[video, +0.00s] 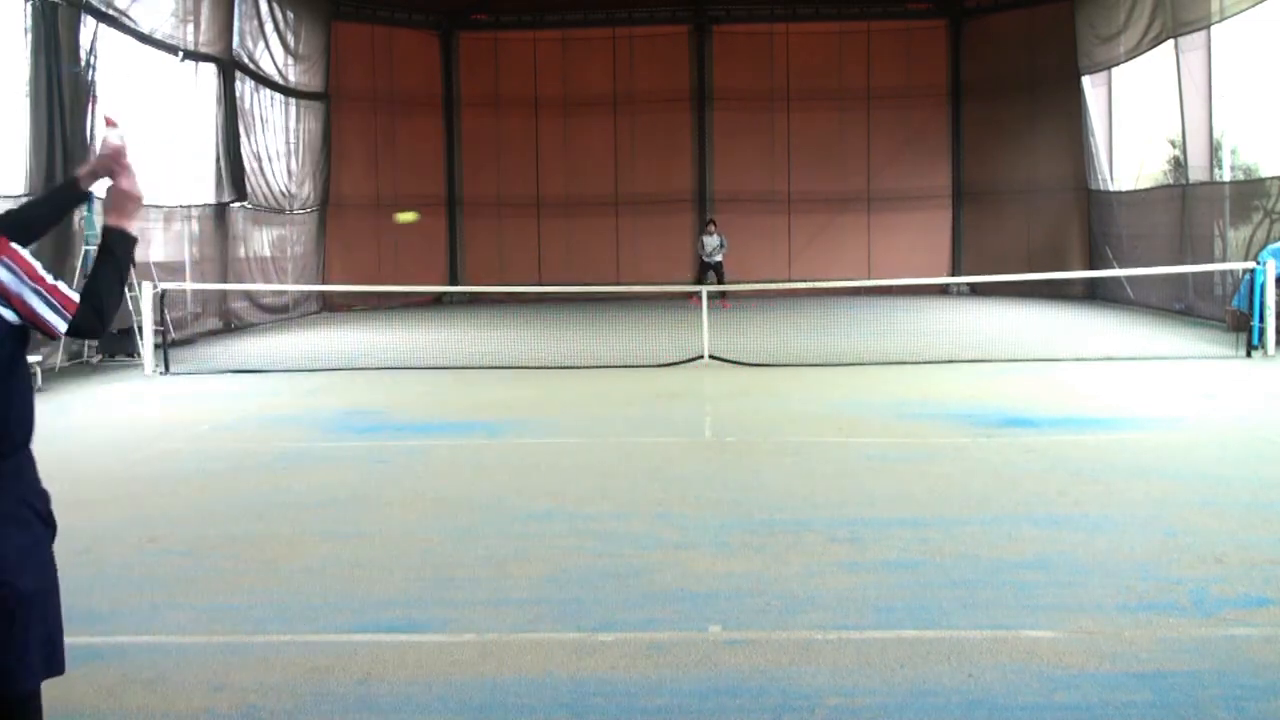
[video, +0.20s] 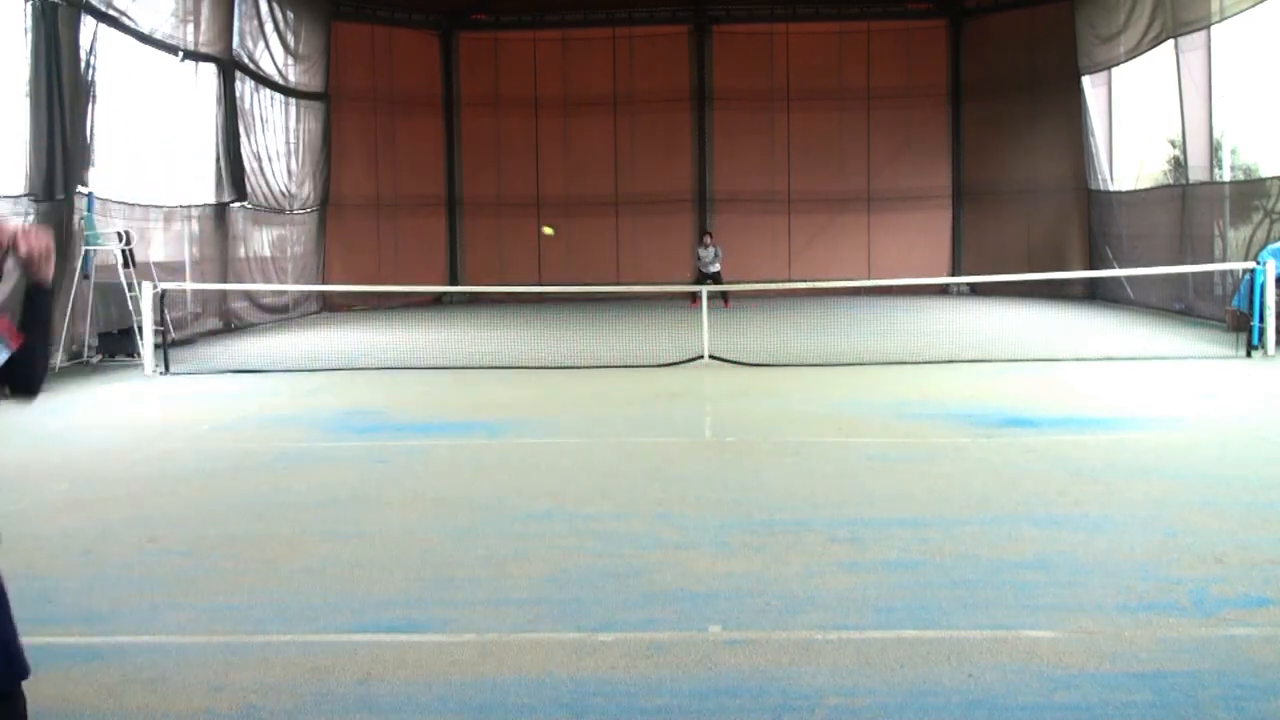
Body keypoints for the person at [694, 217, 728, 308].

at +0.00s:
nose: (711, 229)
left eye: (713, 226)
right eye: (709, 227)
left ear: (715, 228)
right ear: (706, 228)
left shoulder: (720, 237)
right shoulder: (703, 237)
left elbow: (724, 247)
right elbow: (699, 248)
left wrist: (718, 253)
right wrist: (704, 254)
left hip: (717, 260)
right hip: (706, 260)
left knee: (721, 279)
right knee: (700, 278)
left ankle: (723, 298)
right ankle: (696, 295)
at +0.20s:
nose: (706, 240)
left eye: (708, 238)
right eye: (705, 238)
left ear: (711, 240)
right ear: (703, 240)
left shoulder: (716, 249)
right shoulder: (699, 250)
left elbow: (718, 259)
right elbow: (698, 262)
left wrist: (708, 262)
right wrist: (705, 263)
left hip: (715, 271)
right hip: (703, 272)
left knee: (721, 286)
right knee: (695, 285)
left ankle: (726, 302)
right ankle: (694, 301)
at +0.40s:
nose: (703, 239)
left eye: (705, 237)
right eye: (702, 237)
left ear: (708, 238)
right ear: (700, 239)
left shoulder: (711, 246)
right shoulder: (702, 248)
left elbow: (709, 256)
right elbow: (702, 257)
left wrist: (695, 256)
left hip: (716, 268)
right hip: (707, 268)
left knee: (720, 284)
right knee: (700, 283)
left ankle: (726, 301)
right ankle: (699, 300)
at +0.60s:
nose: (699, 241)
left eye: (700, 239)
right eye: (697, 239)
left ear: (704, 239)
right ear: (696, 241)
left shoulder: (707, 247)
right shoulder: (700, 249)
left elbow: (699, 256)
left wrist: (688, 260)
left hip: (716, 268)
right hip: (707, 270)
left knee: (716, 283)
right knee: (701, 283)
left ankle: (726, 300)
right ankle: (701, 299)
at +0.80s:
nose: (698, 245)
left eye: (699, 242)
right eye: (696, 243)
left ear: (703, 243)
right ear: (694, 245)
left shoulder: (706, 251)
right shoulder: (699, 252)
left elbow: (697, 260)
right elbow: (694, 261)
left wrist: (685, 267)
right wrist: (688, 269)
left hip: (717, 269)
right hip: (707, 271)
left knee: (716, 284)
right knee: (699, 284)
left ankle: (721, 302)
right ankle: (700, 300)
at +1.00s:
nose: (700, 245)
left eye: (701, 243)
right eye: (698, 244)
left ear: (704, 243)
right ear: (696, 245)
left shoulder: (709, 250)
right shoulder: (701, 254)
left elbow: (718, 257)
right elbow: (703, 266)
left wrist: (725, 265)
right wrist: (701, 274)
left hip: (721, 270)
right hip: (712, 273)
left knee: (717, 284)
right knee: (702, 284)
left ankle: (721, 302)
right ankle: (706, 302)